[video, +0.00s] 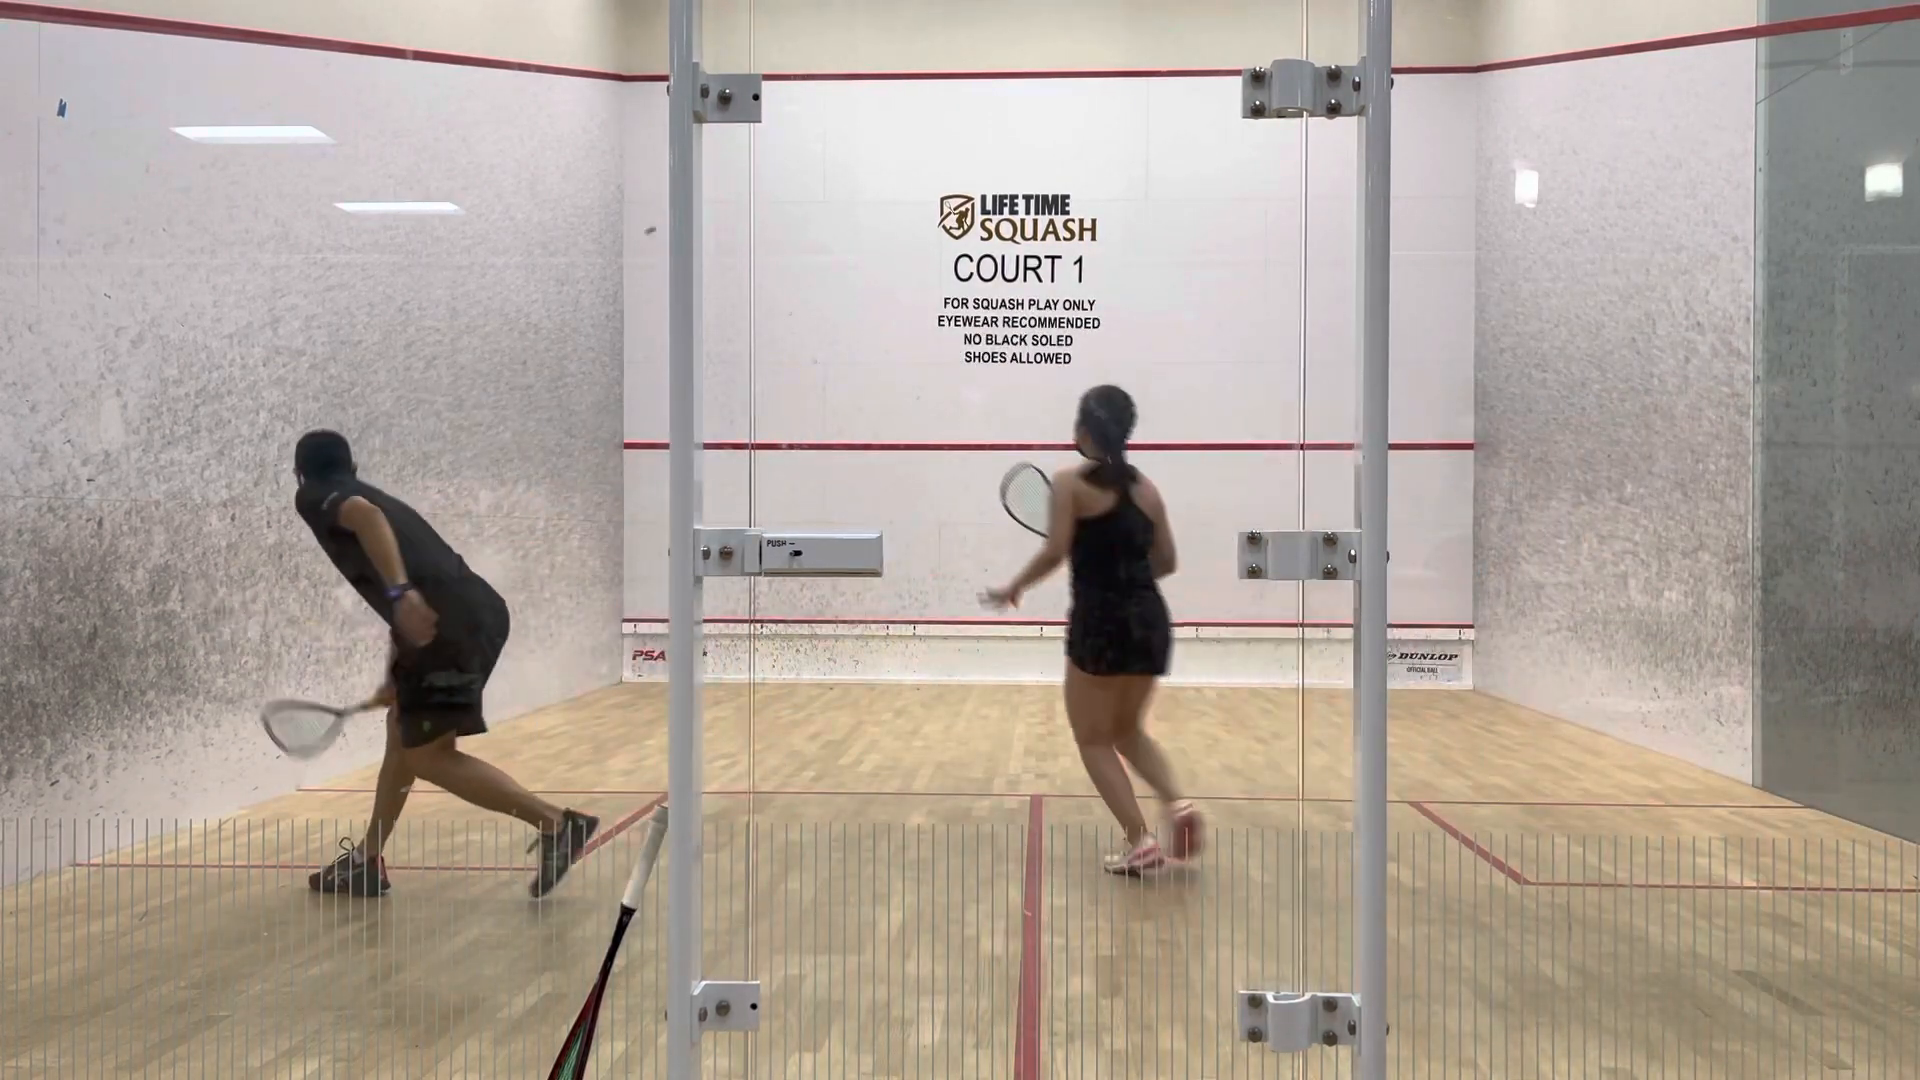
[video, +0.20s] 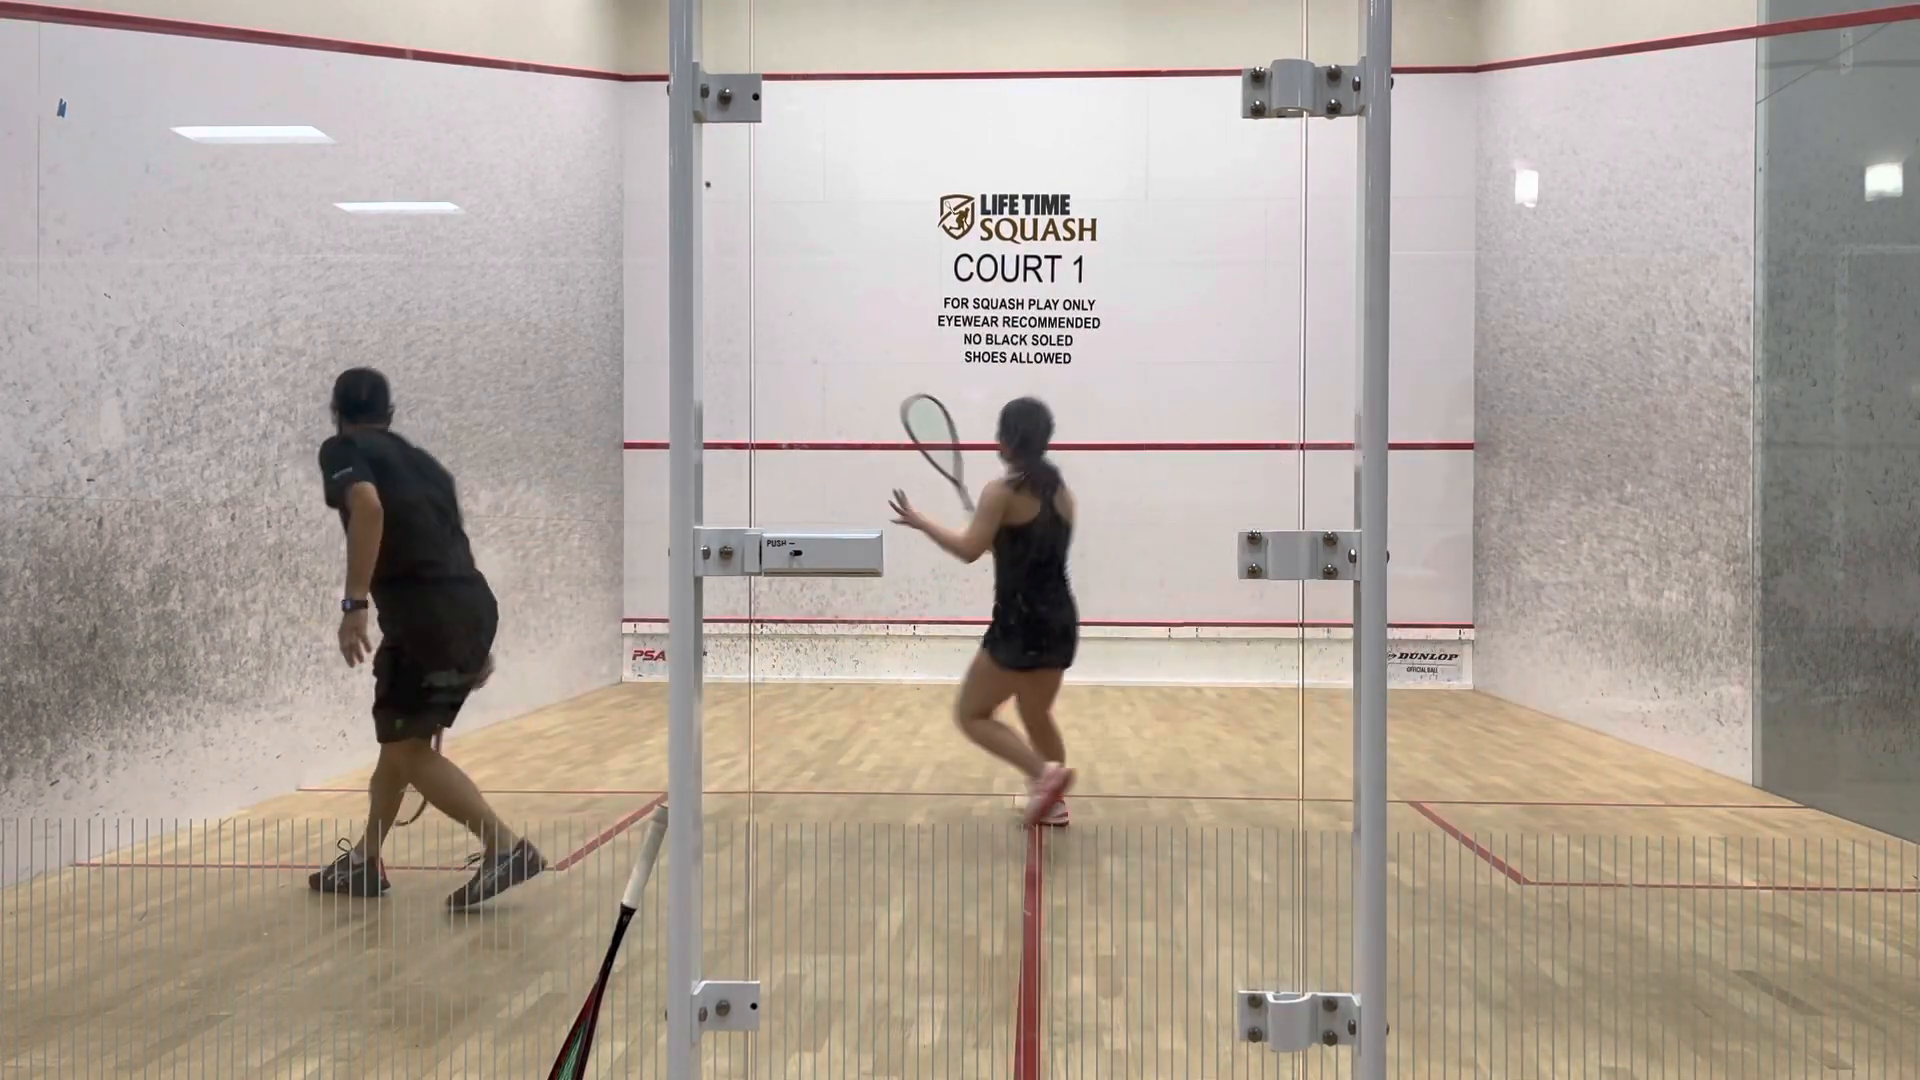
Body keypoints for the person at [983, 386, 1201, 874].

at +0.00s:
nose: (1073, 430)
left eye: (1077, 423)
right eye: (1078, 422)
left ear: (1084, 430)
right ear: (1123, 432)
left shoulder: (1069, 481)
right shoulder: (1145, 488)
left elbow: (1056, 550)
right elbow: (1165, 560)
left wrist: (1014, 588)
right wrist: (1119, 576)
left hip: (1098, 627)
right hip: (1149, 623)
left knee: (1093, 740)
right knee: (1129, 730)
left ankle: (1141, 841)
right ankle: (1178, 803)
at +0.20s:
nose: (996, 439)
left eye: (1000, 432)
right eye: (1001, 431)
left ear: (1005, 441)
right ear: (1044, 439)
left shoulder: (1001, 493)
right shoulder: (1063, 494)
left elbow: (969, 550)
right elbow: (1036, 548)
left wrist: (920, 521)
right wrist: (989, 521)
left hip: (1018, 629)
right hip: (1059, 626)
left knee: (970, 715)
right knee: (1037, 714)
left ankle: (1042, 774)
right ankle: (1055, 803)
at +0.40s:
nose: (907, 452)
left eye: (911, 446)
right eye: (911, 446)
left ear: (919, 453)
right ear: (949, 452)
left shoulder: (934, 502)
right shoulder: (949, 496)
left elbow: (878, 544)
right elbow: (884, 528)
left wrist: (818, 512)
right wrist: (841, 500)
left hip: (943, 630)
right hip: (964, 626)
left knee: (872, 700)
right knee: (959, 716)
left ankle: (851, 791)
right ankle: (1032, 787)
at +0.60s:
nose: (823, 452)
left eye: (827, 446)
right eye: (825, 446)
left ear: (836, 451)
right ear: (862, 451)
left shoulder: (856, 498)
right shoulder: (839, 485)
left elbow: (787, 529)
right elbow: (788, 507)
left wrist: (721, 510)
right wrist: (761, 469)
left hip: (876, 617)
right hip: (865, 611)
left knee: (813, 698)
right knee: (810, 678)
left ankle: (841, 793)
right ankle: (857, 766)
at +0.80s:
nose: (761, 468)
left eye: (764, 461)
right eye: (763, 461)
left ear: (781, 463)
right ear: (768, 460)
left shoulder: (790, 502)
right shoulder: (767, 494)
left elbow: (739, 534)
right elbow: (735, 515)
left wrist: (719, 504)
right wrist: (765, 479)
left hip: (809, 624)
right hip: (784, 622)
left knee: (764, 711)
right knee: (730, 692)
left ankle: (834, 784)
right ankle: (696, 775)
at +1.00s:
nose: (709, 482)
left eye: (713, 475)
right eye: (711, 475)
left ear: (724, 480)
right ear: (747, 480)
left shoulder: (720, 518)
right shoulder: (756, 517)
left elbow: (690, 561)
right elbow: (707, 562)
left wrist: (661, 586)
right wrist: (669, 585)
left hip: (732, 629)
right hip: (757, 626)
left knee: (706, 736)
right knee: (698, 709)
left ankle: (783, 763)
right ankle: (676, 778)